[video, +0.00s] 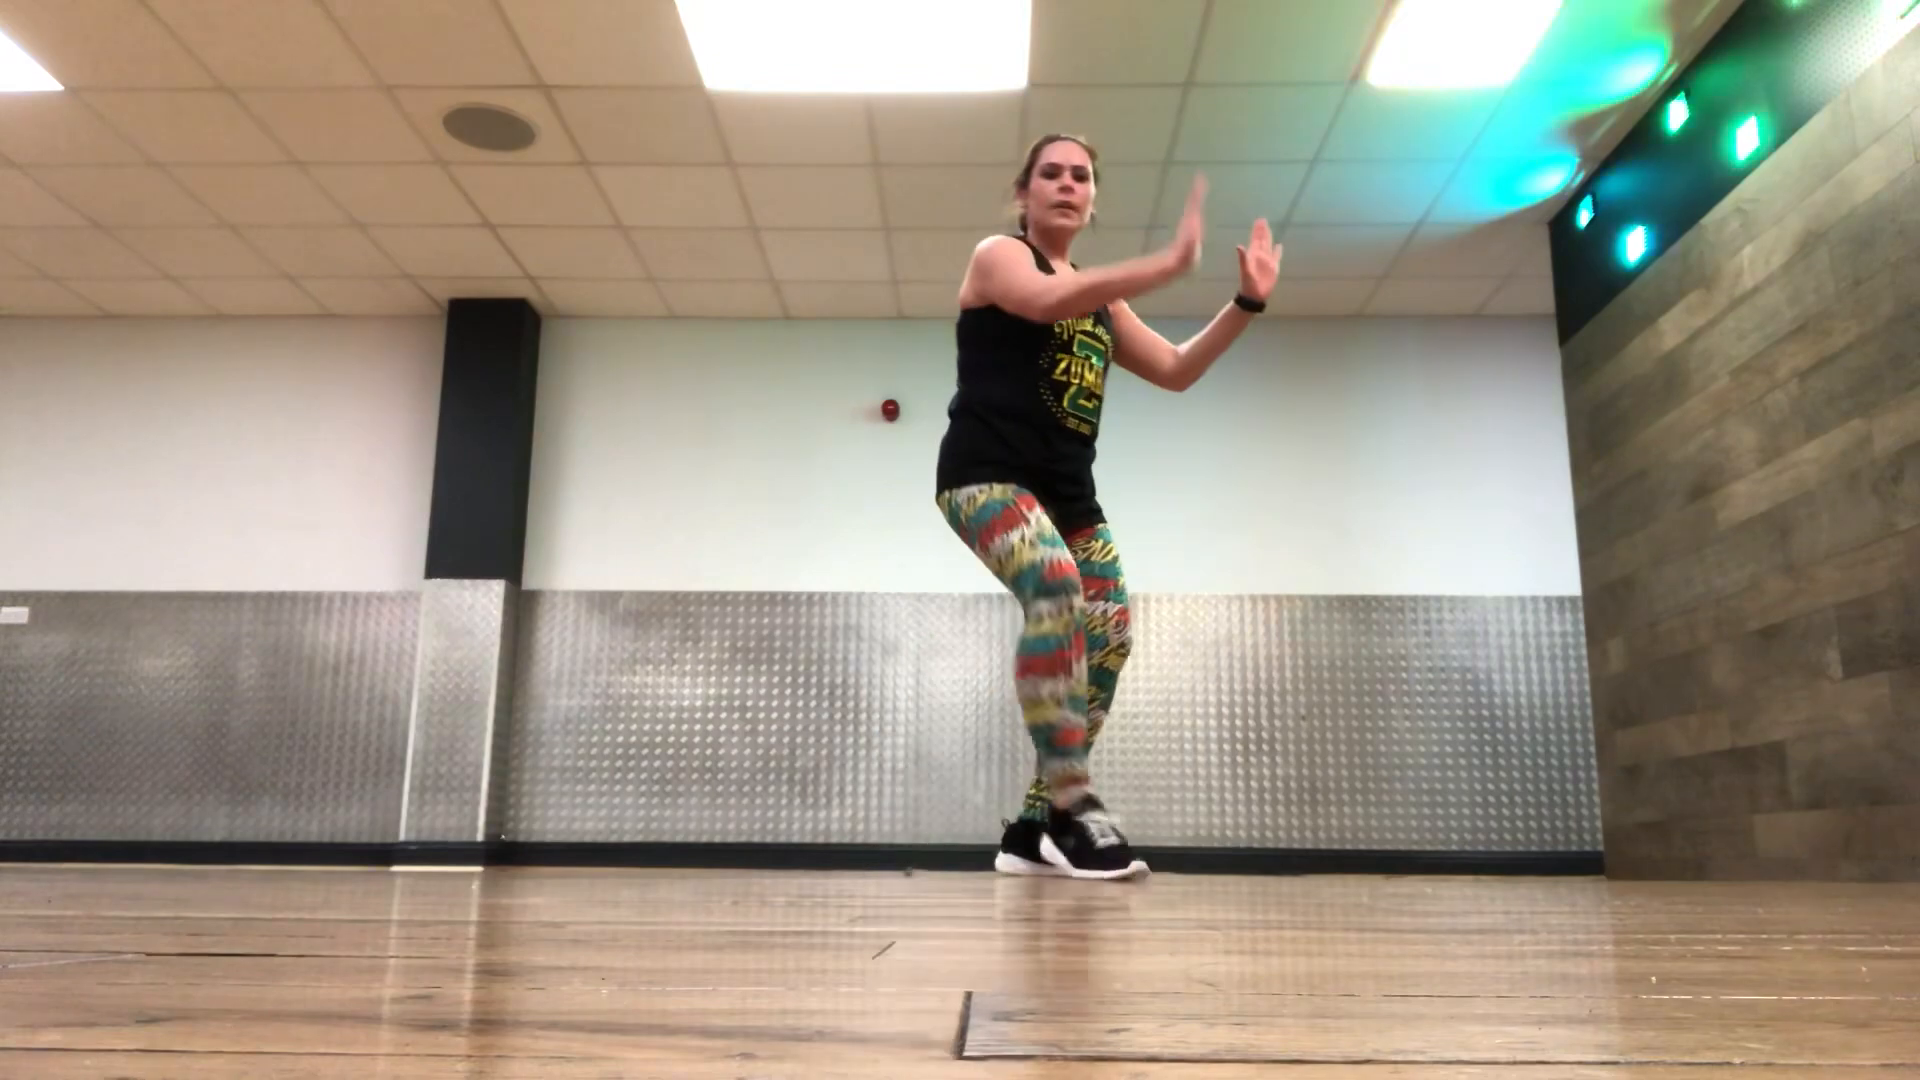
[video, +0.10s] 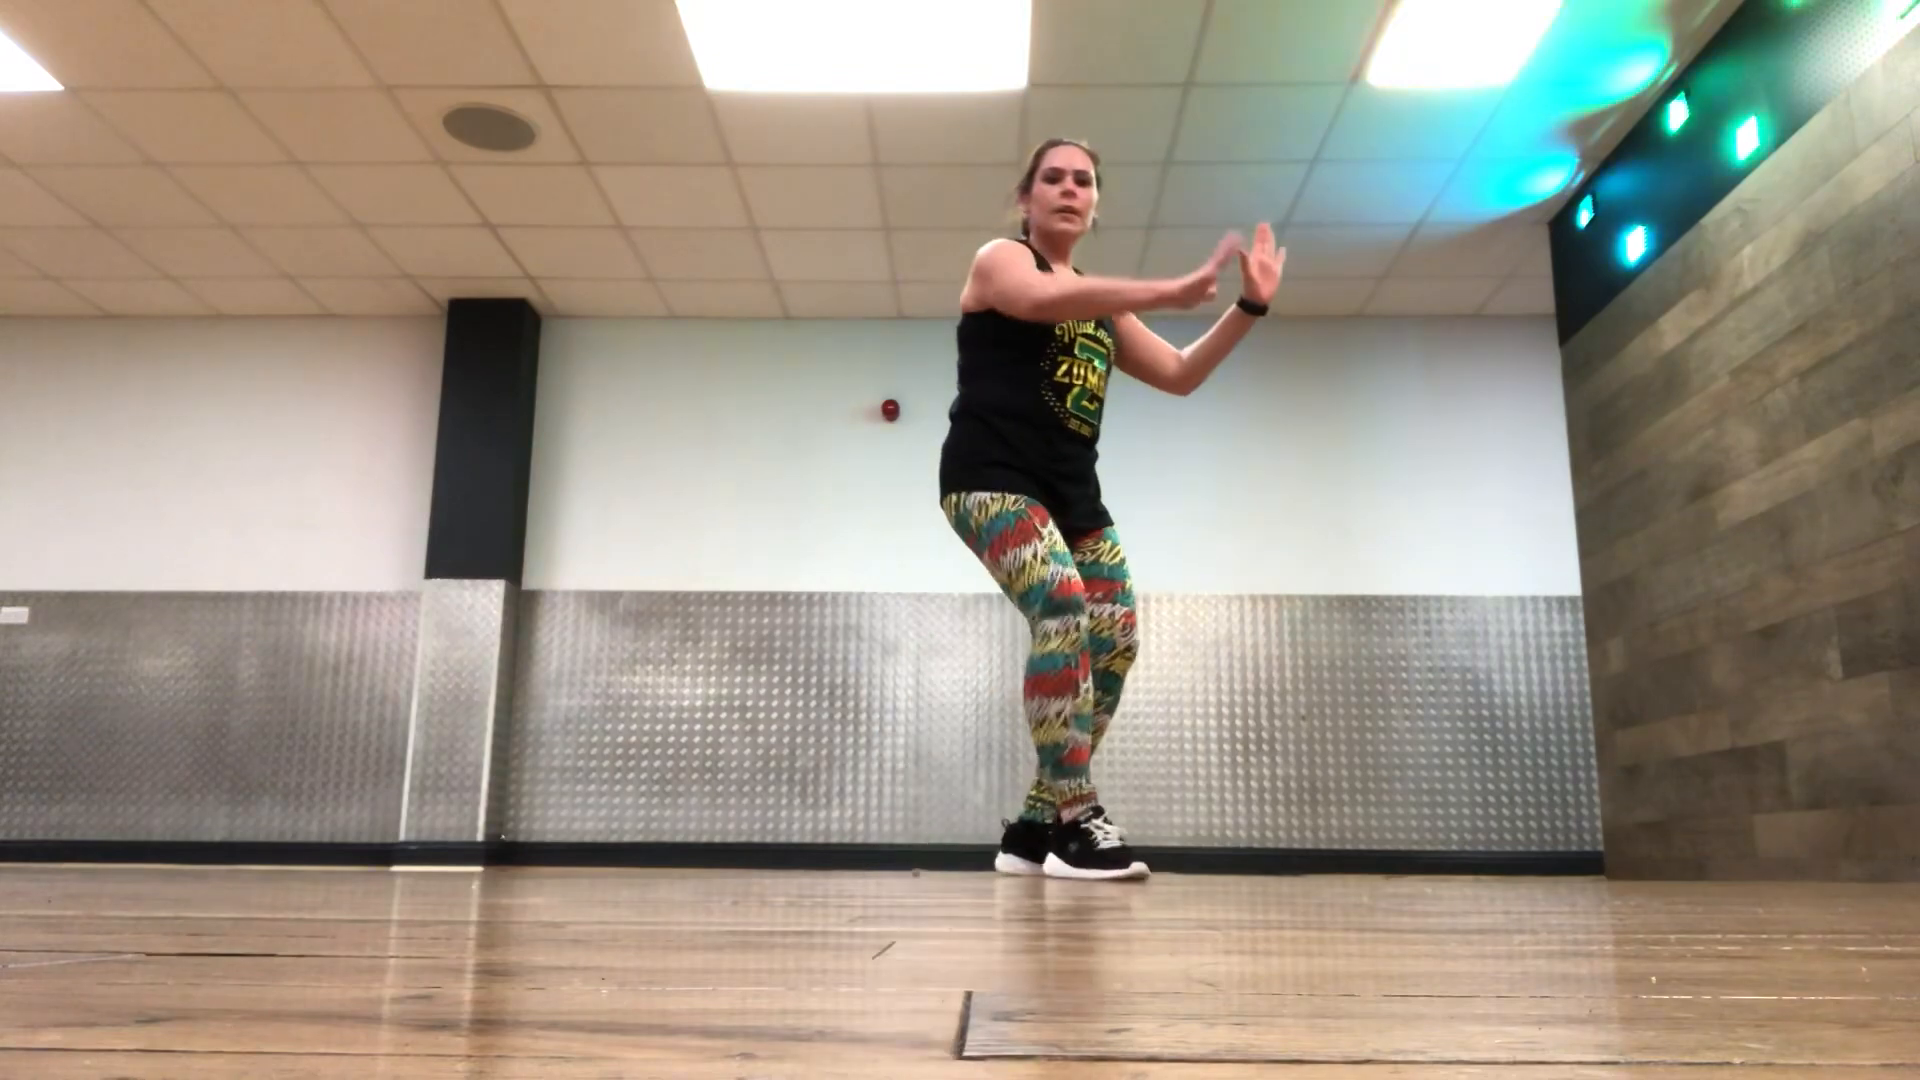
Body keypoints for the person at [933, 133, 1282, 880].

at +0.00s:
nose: (1070, 184)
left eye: (1082, 176)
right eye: (1054, 173)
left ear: (1094, 200)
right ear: (1023, 193)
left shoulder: (1097, 301)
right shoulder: (996, 256)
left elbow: (1176, 368)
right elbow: (1048, 300)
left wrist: (1245, 304)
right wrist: (1163, 263)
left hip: (1067, 491)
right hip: (986, 478)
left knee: (1108, 632)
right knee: (1053, 588)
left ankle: (1035, 822)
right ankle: (1072, 810)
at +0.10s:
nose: (1071, 189)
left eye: (1083, 181)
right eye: (1056, 178)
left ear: (1096, 204)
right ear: (1025, 197)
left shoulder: (1098, 305)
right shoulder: (998, 259)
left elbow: (1181, 373)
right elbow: (1045, 297)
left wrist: (1249, 309)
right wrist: (1171, 293)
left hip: (1071, 489)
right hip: (990, 479)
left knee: (1114, 636)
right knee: (1062, 612)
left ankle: (1036, 825)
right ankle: (1073, 820)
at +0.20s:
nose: (1069, 185)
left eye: (1082, 177)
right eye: (1054, 174)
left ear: (1100, 200)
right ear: (1024, 197)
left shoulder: (1103, 299)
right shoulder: (997, 258)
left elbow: (1183, 373)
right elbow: (1023, 247)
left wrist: (1252, 309)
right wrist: (1153, 239)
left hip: (1071, 493)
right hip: (986, 477)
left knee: (1108, 633)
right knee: (1047, 589)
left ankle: (1036, 822)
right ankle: (1072, 812)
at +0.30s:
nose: (1069, 177)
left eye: (1081, 168)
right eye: (1055, 166)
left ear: (1099, 194)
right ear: (1026, 190)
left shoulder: (1105, 298)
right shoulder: (1000, 262)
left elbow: (1185, 371)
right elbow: (1014, 202)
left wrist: (1252, 308)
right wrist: (1131, 178)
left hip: (1068, 492)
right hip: (981, 473)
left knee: (1096, 637)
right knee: (1029, 567)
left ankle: (1035, 822)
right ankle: (1035, 790)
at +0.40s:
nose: (1064, 174)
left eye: (1076, 164)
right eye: (1049, 163)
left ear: (1093, 195)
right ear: (1021, 187)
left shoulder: (1104, 295)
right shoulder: (996, 259)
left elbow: (1183, 370)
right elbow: (1002, 209)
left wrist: (1251, 306)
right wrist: (1111, 163)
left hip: (1064, 489)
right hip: (975, 469)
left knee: (1089, 641)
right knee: (1004, 568)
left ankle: (1037, 826)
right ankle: (972, 788)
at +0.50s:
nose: (1059, 178)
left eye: (1073, 170)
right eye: (1044, 167)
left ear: (1087, 194)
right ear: (1016, 188)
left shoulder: (1105, 293)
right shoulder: (984, 251)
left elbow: (1179, 371)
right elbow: (981, 255)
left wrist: (1247, 308)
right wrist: (1095, 214)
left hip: (1057, 491)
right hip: (965, 473)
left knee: (1091, 632)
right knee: (981, 592)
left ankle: (1034, 828)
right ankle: (911, 809)